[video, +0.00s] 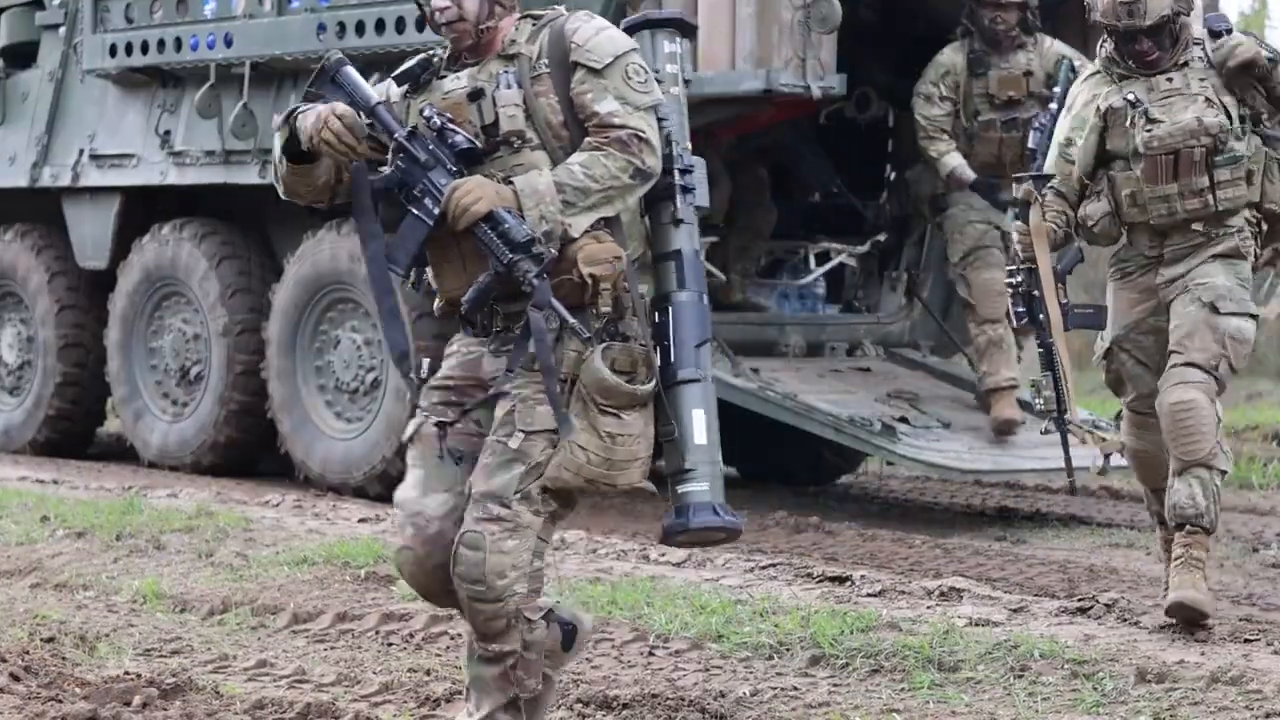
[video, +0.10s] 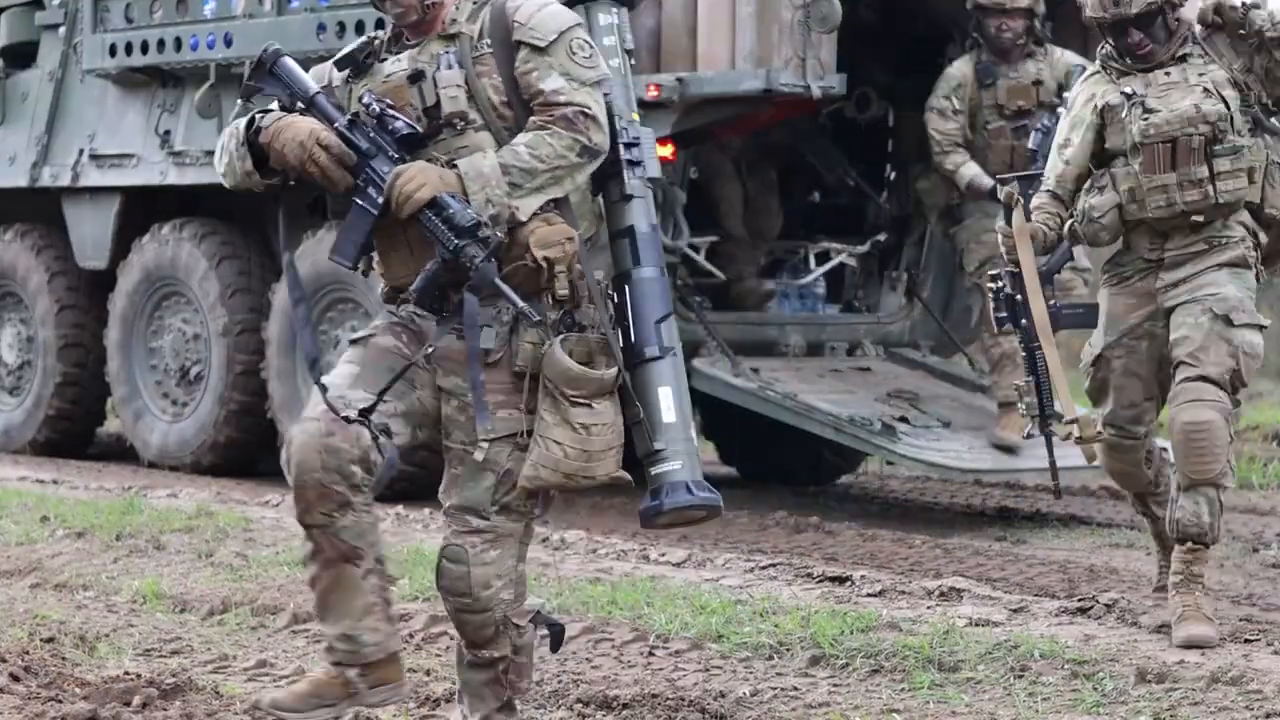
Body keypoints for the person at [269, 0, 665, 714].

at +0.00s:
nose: (439, 7)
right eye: (432, 2)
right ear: (429, 15)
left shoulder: (578, 41)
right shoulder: (418, 84)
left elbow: (632, 151)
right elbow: (318, 189)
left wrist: (519, 196)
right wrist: (306, 132)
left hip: (570, 333)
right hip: (473, 335)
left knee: (494, 556)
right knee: (426, 551)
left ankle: (504, 705)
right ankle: (542, 634)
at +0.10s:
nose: (399, 4)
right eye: (388, 3)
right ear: (377, 4)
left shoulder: (526, 21)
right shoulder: (363, 66)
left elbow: (579, 128)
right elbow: (236, 152)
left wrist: (464, 187)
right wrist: (271, 134)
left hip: (510, 321)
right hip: (409, 317)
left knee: (476, 577)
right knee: (319, 452)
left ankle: (492, 705)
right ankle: (365, 663)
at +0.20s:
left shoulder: (469, 9)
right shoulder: (302, 43)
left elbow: (520, 111)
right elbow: (169, 113)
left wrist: (402, 161)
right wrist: (209, 130)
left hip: (465, 301)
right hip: (359, 294)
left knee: (458, 557)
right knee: (257, 445)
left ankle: (490, 702)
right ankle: (246, 682)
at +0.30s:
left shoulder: (396, 5)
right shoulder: (210, 28)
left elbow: (458, 89)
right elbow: (95, 101)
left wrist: (335, 141)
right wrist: (149, 110)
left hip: (405, 286)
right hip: (289, 289)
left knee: (433, 530)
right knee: (231, 474)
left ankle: (478, 685)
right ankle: (248, 693)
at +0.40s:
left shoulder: (337, 5)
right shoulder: (139, 20)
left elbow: (397, 77)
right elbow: (21, 100)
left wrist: (266, 132)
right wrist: (70, 97)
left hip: (344, 274)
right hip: (235, 281)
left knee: (313, 530)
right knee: (181, 515)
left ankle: (423, 649)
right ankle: (243, 708)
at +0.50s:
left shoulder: (279, 4)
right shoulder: (99, 15)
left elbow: (345, 85)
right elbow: (37, 66)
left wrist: (215, 133)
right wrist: (30, 83)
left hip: (282, 256)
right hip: (166, 265)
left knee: (175, 476)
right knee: (139, 539)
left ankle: (283, 634)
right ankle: (214, 701)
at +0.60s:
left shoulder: (220, 2)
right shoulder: (44, 23)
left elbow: (286, 81)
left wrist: (156, 131)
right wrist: (14, 107)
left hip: (221, 270)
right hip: (115, 280)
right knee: (134, 517)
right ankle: (226, 703)